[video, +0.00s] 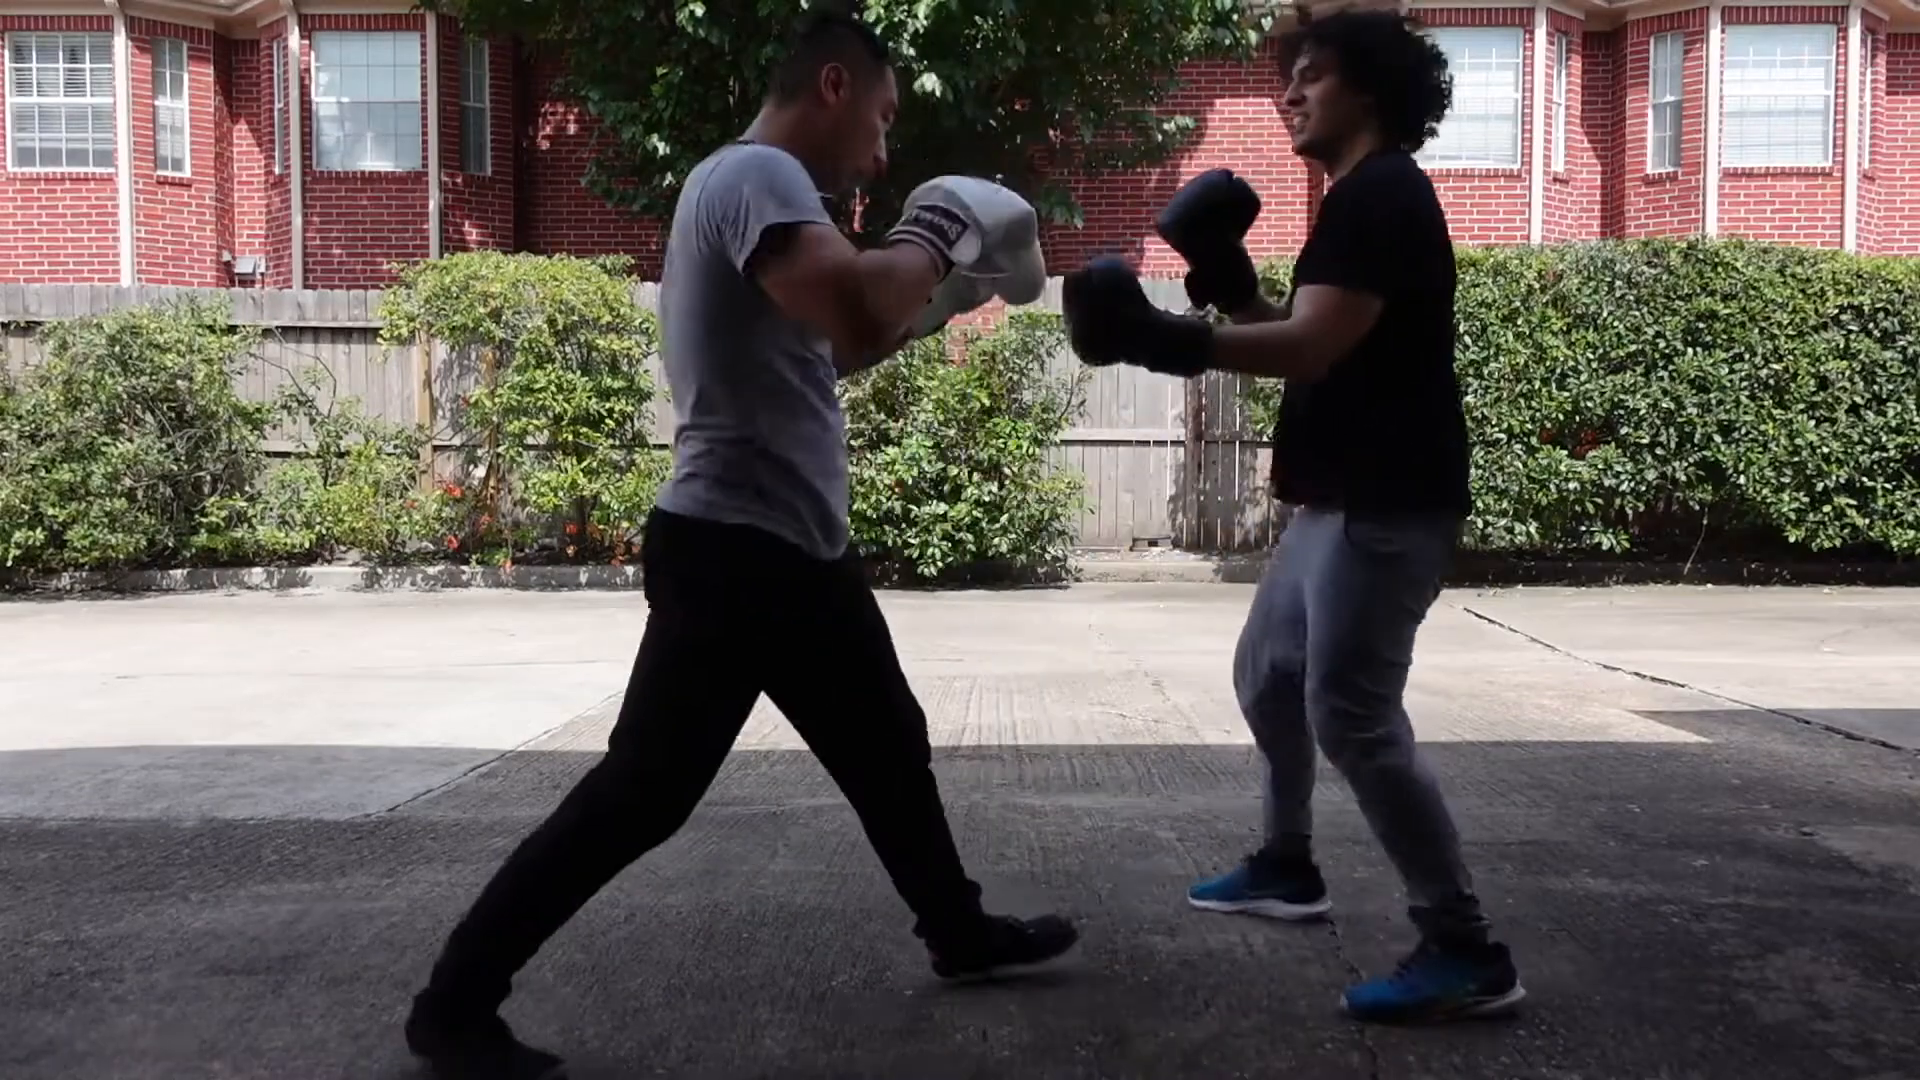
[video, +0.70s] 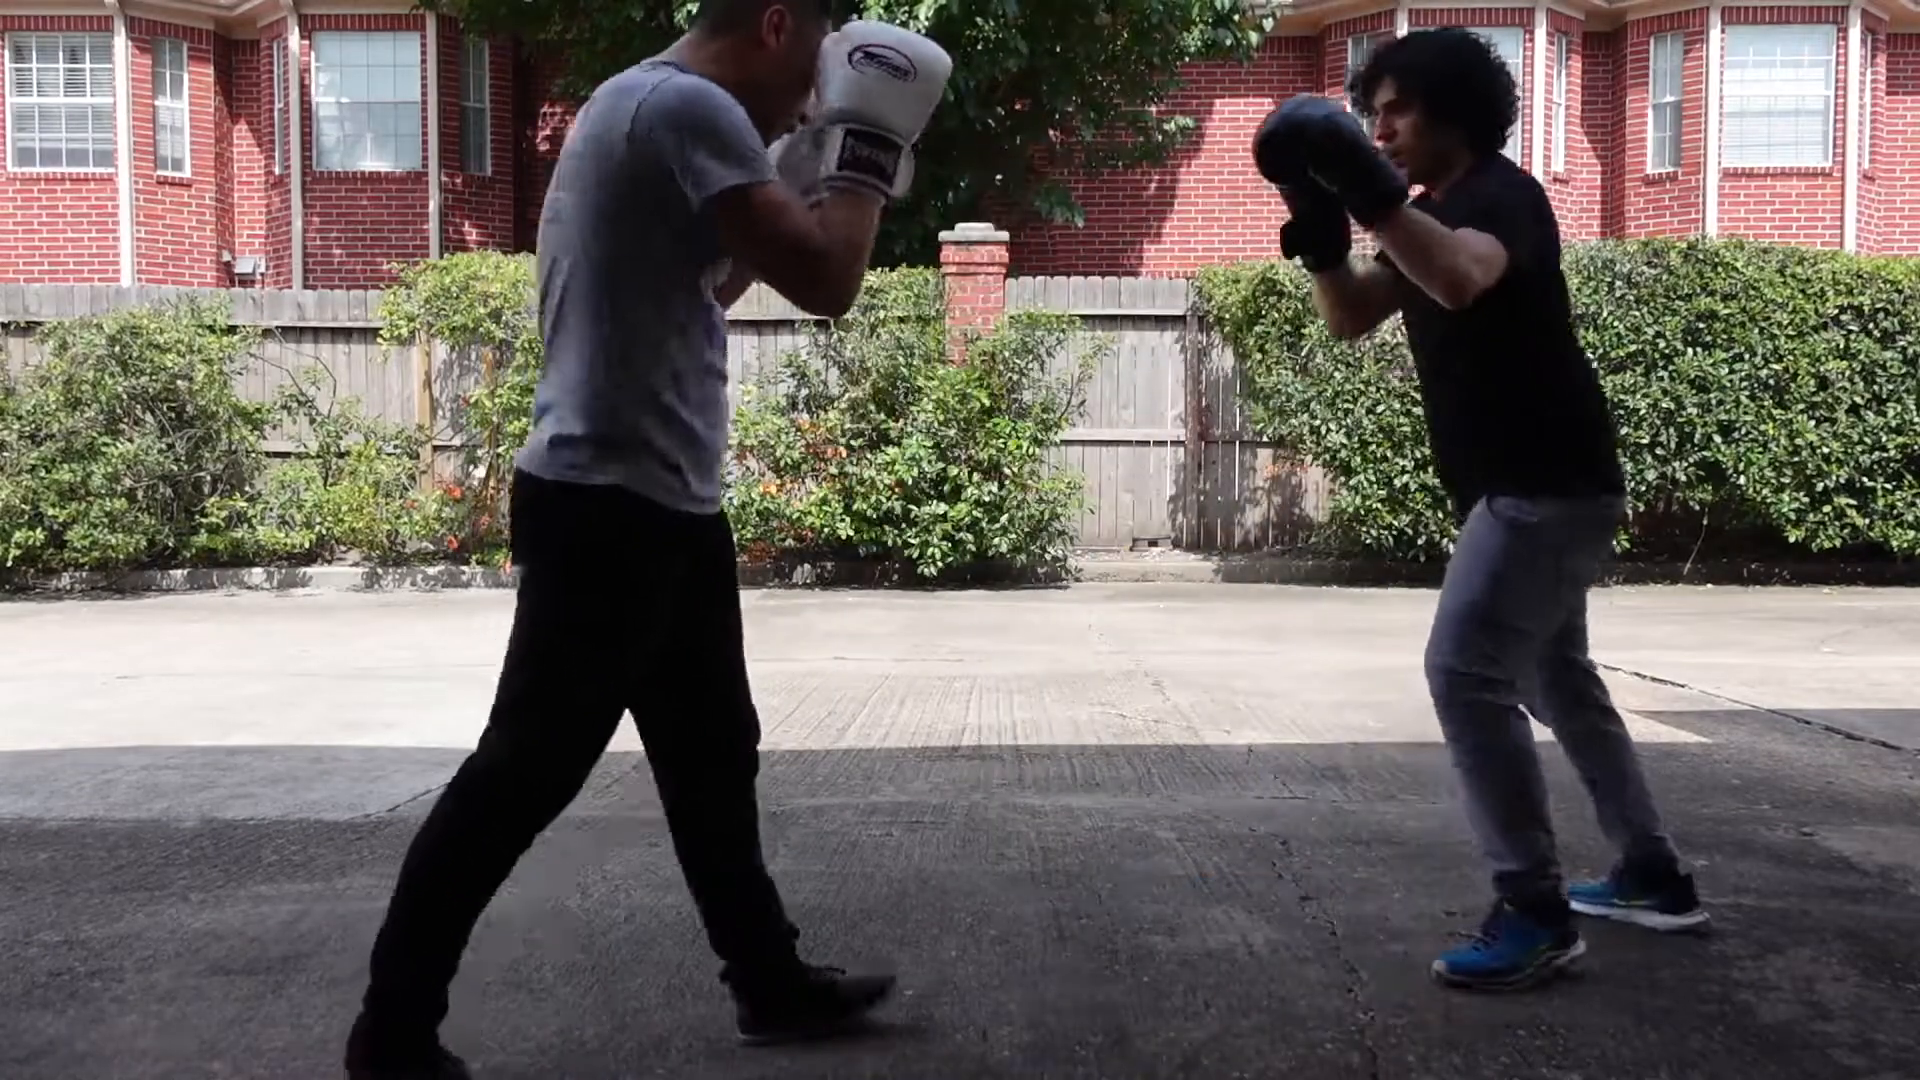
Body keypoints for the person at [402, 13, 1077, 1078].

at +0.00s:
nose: (884, 147)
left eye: (891, 124)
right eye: (884, 116)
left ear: (812, 84)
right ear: (832, 84)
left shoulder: (755, 195)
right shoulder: (754, 173)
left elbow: (850, 346)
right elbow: (846, 306)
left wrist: (956, 277)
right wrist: (940, 225)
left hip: (788, 550)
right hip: (737, 547)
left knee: (889, 752)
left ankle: (962, 932)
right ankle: (456, 1001)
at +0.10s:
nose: (865, 124)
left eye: (875, 109)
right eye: (871, 101)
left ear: (802, 60)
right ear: (819, 57)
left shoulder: (739, 159)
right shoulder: (711, 131)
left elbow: (800, 317)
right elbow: (807, 288)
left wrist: (920, 249)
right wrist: (888, 183)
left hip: (703, 513)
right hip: (634, 507)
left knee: (790, 731)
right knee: (578, 766)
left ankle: (821, 950)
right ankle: (447, 1011)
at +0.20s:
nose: (847, 81)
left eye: (857, 61)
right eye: (854, 53)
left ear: (783, 26)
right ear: (806, 20)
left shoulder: (733, 135)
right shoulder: (672, 80)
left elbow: (805, 274)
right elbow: (790, 247)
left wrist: (904, 171)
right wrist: (860, 125)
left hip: (657, 477)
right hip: (568, 456)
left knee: (695, 712)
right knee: (542, 733)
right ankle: (440, 996)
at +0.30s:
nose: (802, 88)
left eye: (815, 67)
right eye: (807, 60)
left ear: (756, 30)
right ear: (760, 26)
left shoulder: (703, 149)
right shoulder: (627, 98)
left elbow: (789, 286)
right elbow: (765, 258)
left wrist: (866, 173)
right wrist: (824, 125)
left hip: (621, 499)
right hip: (543, 479)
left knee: (572, 758)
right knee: (497, 749)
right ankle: (382, 1027)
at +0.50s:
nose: (784, 99)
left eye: (793, 82)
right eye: (791, 72)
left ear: (724, 35)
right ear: (748, 35)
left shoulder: (646, 127)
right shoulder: (613, 101)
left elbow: (733, 296)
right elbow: (748, 280)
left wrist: (811, 197)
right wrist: (818, 152)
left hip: (604, 495)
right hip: (531, 485)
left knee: (646, 733)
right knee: (493, 754)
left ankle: (437, 928)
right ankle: (391, 1035)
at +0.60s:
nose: (806, 73)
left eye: (815, 54)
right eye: (810, 46)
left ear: (727, 22)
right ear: (757, 20)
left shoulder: (634, 107)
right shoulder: (648, 94)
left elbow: (676, 301)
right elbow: (792, 273)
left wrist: (801, 182)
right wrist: (850, 138)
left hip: (634, 493)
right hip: (555, 491)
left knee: (697, 717)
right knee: (504, 760)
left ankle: (596, 960)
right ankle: (390, 1033)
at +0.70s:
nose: (817, 79)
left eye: (827, 60)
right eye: (822, 52)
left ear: (738, 24)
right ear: (772, 24)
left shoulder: (630, 106)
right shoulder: (682, 107)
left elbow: (705, 292)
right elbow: (829, 279)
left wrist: (811, 161)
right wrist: (871, 140)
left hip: (653, 503)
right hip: (612, 505)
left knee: (712, 756)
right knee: (523, 774)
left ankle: (772, 983)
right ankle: (391, 1031)